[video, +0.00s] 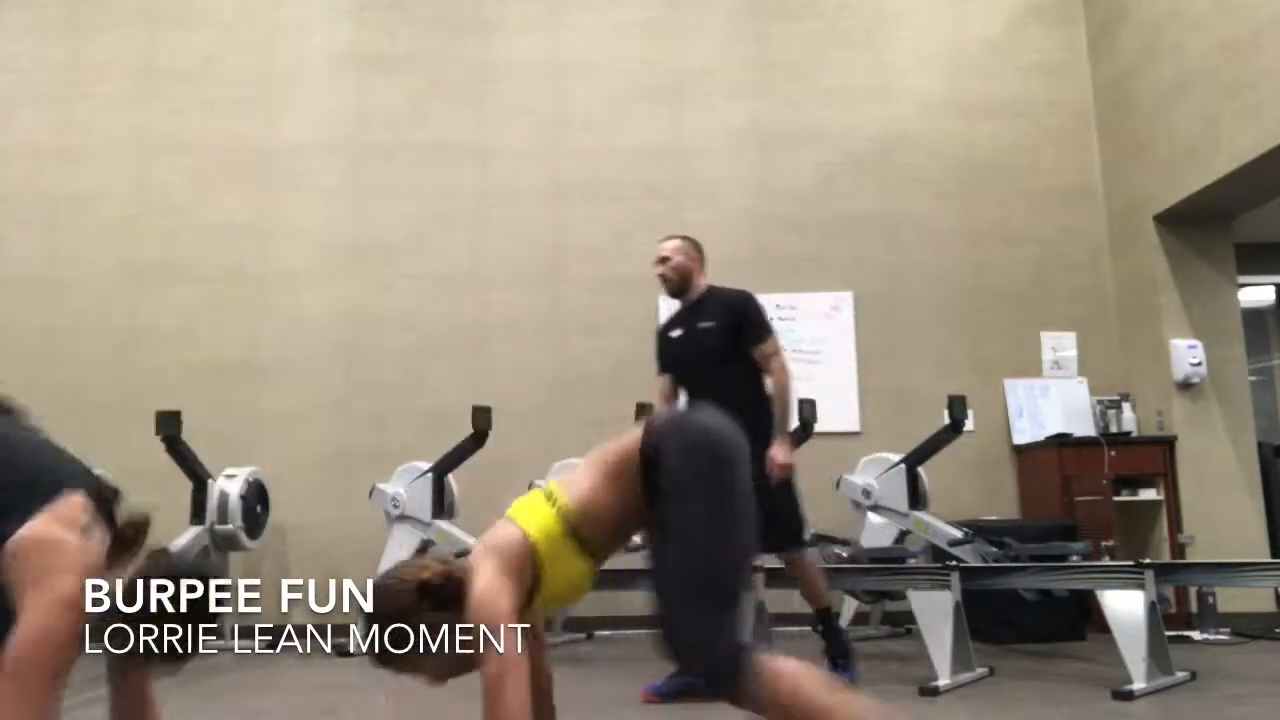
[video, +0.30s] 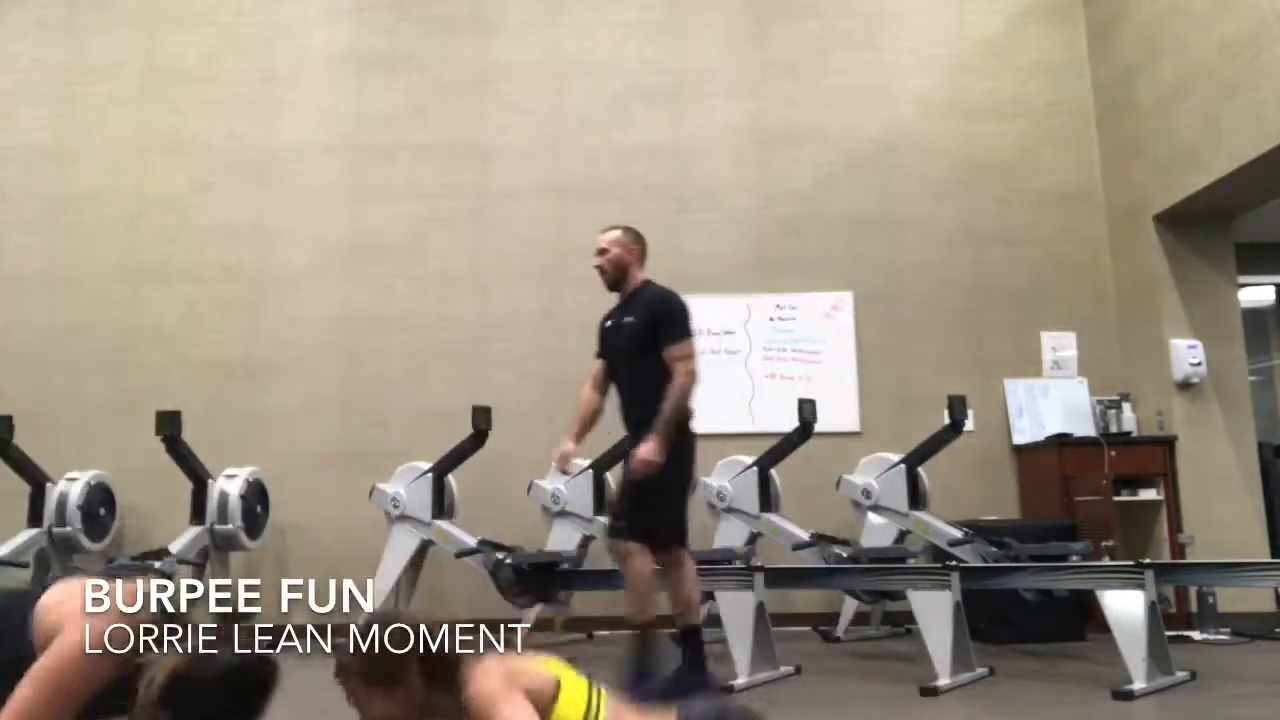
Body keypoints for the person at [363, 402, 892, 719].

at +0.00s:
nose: (439, 679)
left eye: (425, 668)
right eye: (421, 673)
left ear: (437, 625)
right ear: (441, 616)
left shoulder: (493, 580)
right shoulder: (517, 591)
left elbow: (508, 712)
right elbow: (537, 707)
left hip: (693, 450)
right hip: (687, 461)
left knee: (714, 656)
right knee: (707, 651)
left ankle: (859, 710)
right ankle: (853, 707)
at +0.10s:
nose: (374, 670)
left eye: (363, 657)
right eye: (360, 661)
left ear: (381, 620)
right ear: (397, 592)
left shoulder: (459, 596)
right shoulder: (476, 599)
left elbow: (494, 714)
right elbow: (530, 711)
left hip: (687, 555)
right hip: (682, 558)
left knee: (842, 692)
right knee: (832, 684)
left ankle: (988, 712)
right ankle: (979, 704)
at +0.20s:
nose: (363, 681)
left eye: (359, 662)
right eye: (354, 666)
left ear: (394, 643)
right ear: (407, 629)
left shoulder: (481, 644)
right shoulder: (482, 629)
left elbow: (515, 712)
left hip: (710, 687)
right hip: (702, 674)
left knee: (831, 711)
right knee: (825, 709)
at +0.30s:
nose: (360, 714)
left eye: (362, 701)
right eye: (353, 703)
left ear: (405, 682)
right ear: (409, 674)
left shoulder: (486, 683)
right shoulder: (464, 686)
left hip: (679, 713)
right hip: (657, 708)